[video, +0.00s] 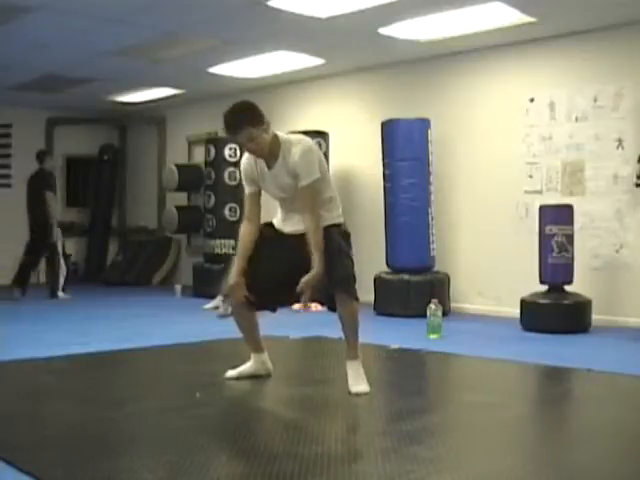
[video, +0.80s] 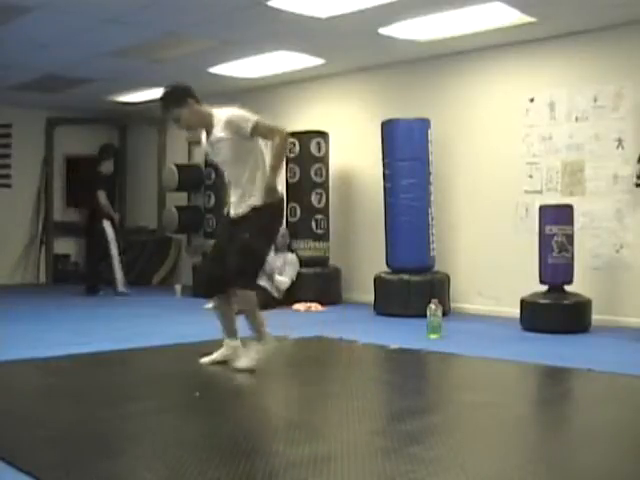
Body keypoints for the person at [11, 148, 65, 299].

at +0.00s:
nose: (53, 162)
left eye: (52, 159)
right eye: (51, 159)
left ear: (39, 160)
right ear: (46, 160)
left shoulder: (33, 177)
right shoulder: (48, 176)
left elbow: (33, 206)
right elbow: (50, 204)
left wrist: (35, 224)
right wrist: (54, 227)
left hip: (36, 224)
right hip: (47, 224)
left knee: (32, 255)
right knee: (55, 256)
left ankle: (18, 285)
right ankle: (56, 289)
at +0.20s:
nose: (69, 163)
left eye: (68, 160)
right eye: (66, 160)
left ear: (53, 161)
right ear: (58, 161)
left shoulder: (46, 176)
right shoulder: (63, 176)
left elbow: (43, 202)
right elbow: (71, 199)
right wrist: (83, 216)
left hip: (50, 217)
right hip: (62, 218)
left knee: (52, 251)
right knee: (64, 253)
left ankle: (53, 285)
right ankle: (58, 289)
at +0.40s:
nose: (84, 167)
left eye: (84, 164)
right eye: (82, 164)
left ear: (69, 166)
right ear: (76, 165)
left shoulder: (63, 182)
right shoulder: (79, 181)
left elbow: (62, 204)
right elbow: (84, 201)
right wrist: (98, 215)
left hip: (65, 219)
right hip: (76, 220)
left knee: (66, 253)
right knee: (73, 254)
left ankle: (58, 287)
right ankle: (60, 289)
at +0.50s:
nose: (90, 167)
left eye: (89, 163)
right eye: (87, 164)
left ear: (75, 165)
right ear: (81, 165)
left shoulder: (70, 180)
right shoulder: (83, 179)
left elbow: (70, 203)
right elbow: (88, 201)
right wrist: (99, 217)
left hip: (73, 219)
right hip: (83, 219)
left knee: (80, 255)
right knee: (82, 256)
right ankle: (63, 287)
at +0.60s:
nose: (98, 168)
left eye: (97, 165)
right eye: (96, 165)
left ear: (83, 166)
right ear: (90, 166)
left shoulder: (77, 180)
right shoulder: (89, 180)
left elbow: (74, 204)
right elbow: (92, 203)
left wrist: (79, 217)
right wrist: (101, 219)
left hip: (80, 219)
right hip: (90, 220)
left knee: (88, 255)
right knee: (97, 255)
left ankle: (91, 286)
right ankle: (76, 284)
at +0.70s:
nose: (106, 168)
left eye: (106, 164)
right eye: (105, 164)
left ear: (94, 163)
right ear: (98, 162)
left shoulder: (84, 175)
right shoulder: (93, 176)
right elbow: (96, 199)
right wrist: (108, 215)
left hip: (85, 218)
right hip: (95, 218)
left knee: (90, 252)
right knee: (107, 253)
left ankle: (90, 283)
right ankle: (95, 285)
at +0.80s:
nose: (112, 167)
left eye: (113, 163)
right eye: (111, 163)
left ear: (100, 160)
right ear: (106, 161)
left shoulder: (93, 175)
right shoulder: (101, 178)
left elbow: (98, 200)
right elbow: (102, 199)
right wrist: (114, 215)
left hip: (92, 217)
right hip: (102, 218)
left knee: (94, 252)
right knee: (113, 251)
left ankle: (92, 285)